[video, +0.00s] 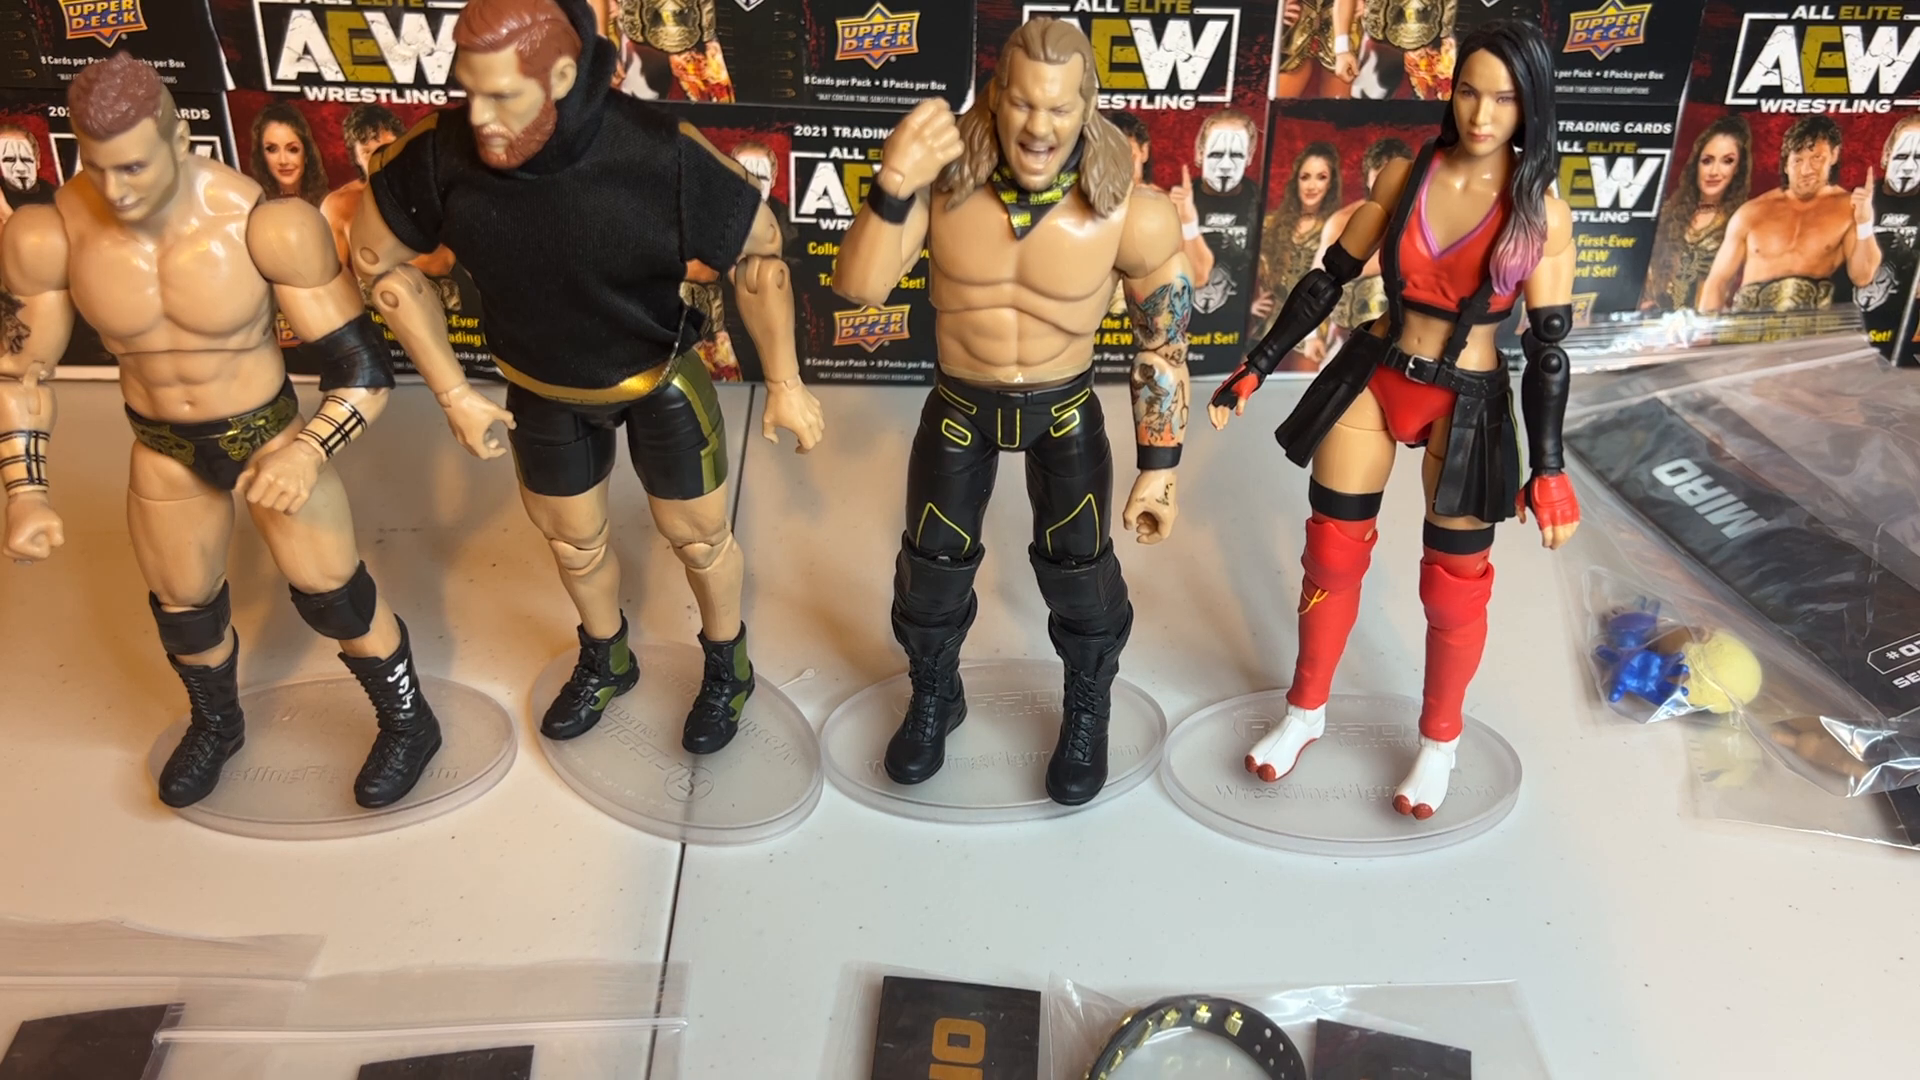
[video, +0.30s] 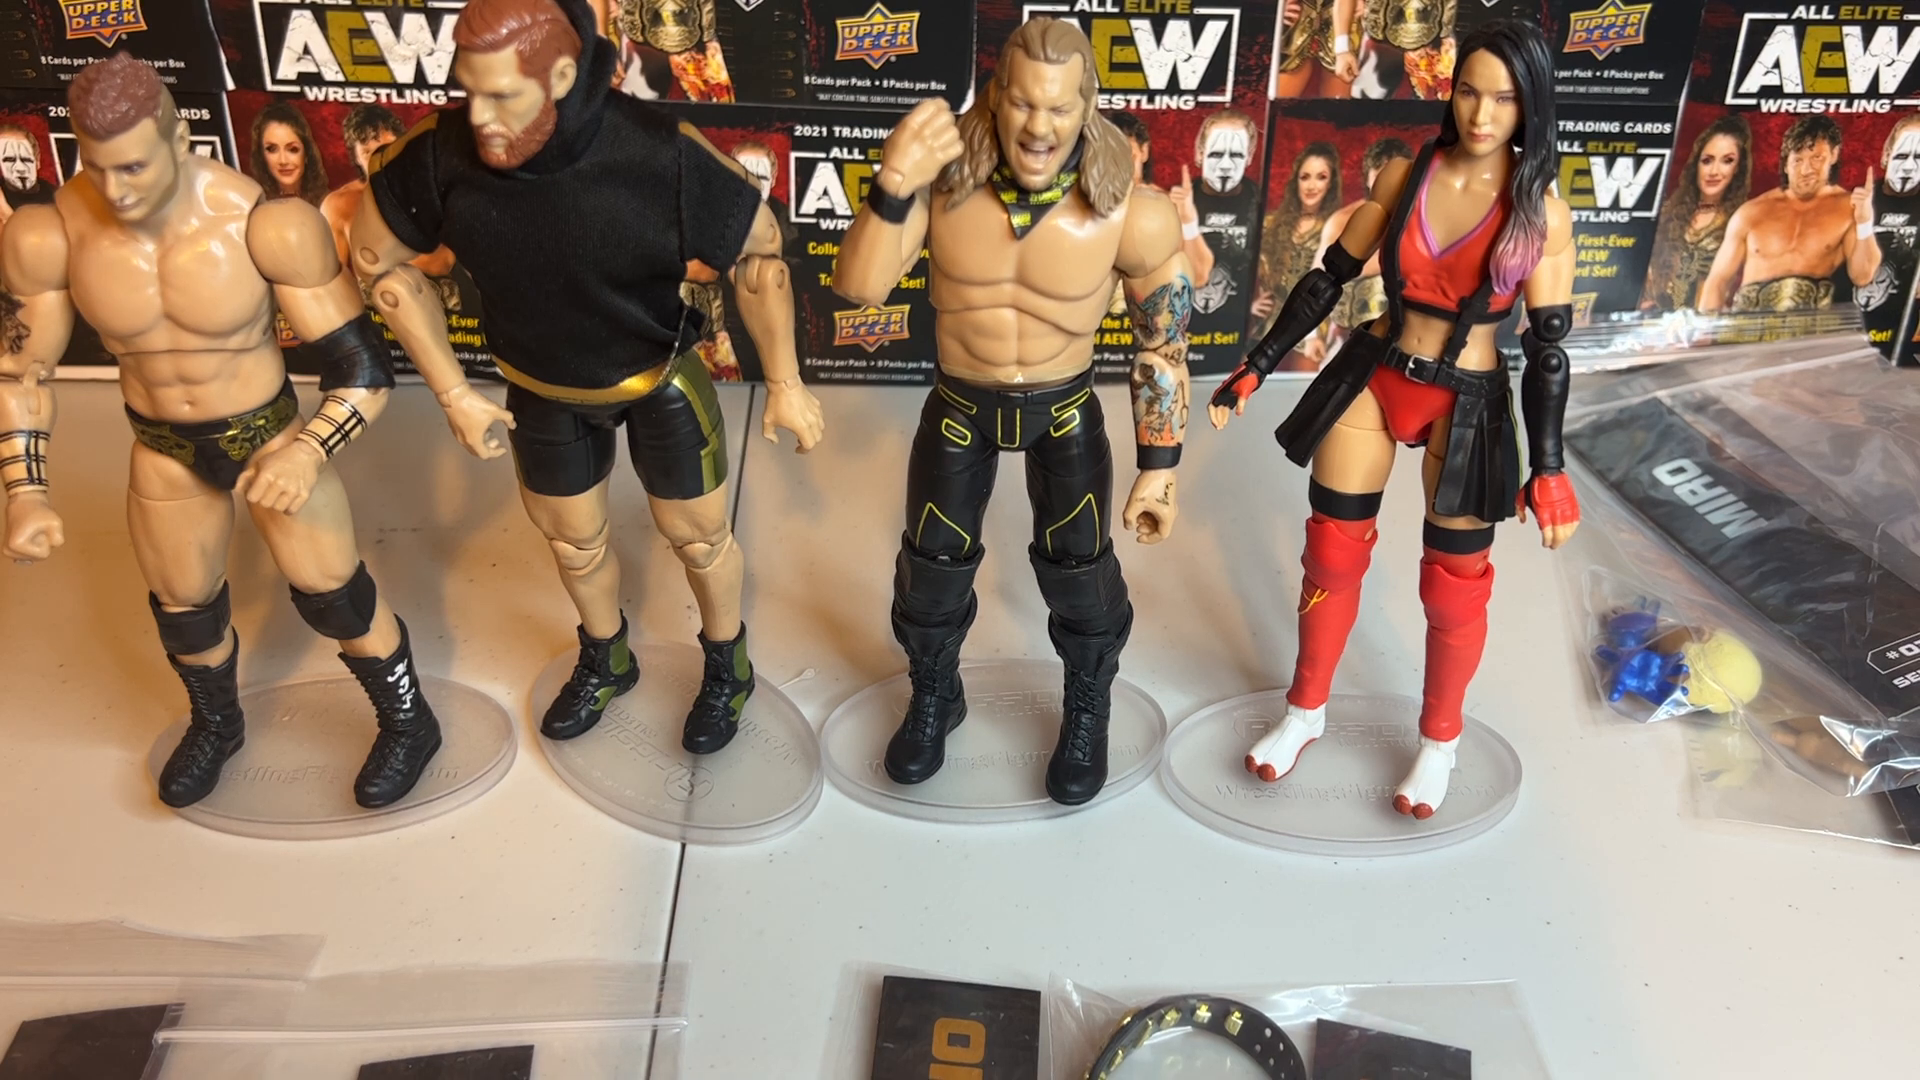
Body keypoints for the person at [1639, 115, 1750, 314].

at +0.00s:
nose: (1714, 171)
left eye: (1727, 161)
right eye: (1707, 160)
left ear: (1739, 168)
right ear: (1695, 164)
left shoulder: (1742, 220)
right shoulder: (1670, 213)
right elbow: (1653, 265)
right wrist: (1648, 300)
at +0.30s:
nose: (1714, 171)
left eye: (1727, 161)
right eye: (1707, 160)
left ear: (1739, 168)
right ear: (1695, 164)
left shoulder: (1742, 220)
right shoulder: (1670, 213)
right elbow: (1654, 268)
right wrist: (1649, 301)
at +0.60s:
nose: (1714, 171)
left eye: (1727, 161)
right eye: (1707, 160)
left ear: (1739, 168)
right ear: (1695, 164)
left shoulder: (1742, 220)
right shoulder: (1670, 212)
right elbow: (1654, 267)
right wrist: (1649, 300)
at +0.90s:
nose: (1714, 171)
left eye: (1727, 161)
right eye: (1707, 160)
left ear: (1739, 168)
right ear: (1695, 164)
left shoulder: (1742, 220)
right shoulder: (1670, 213)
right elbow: (1654, 268)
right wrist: (1649, 301)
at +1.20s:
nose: (1714, 171)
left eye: (1727, 161)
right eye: (1707, 160)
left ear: (1739, 168)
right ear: (1695, 164)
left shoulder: (1742, 220)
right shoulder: (1670, 213)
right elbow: (1653, 267)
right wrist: (1649, 300)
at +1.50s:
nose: (1714, 171)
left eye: (1727, 161)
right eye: (1707, 160)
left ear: (1739, 168)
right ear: (1696, 164)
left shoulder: (1742, 219)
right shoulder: (1671, 212)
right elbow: (1655, 266)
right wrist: (1649, 301)